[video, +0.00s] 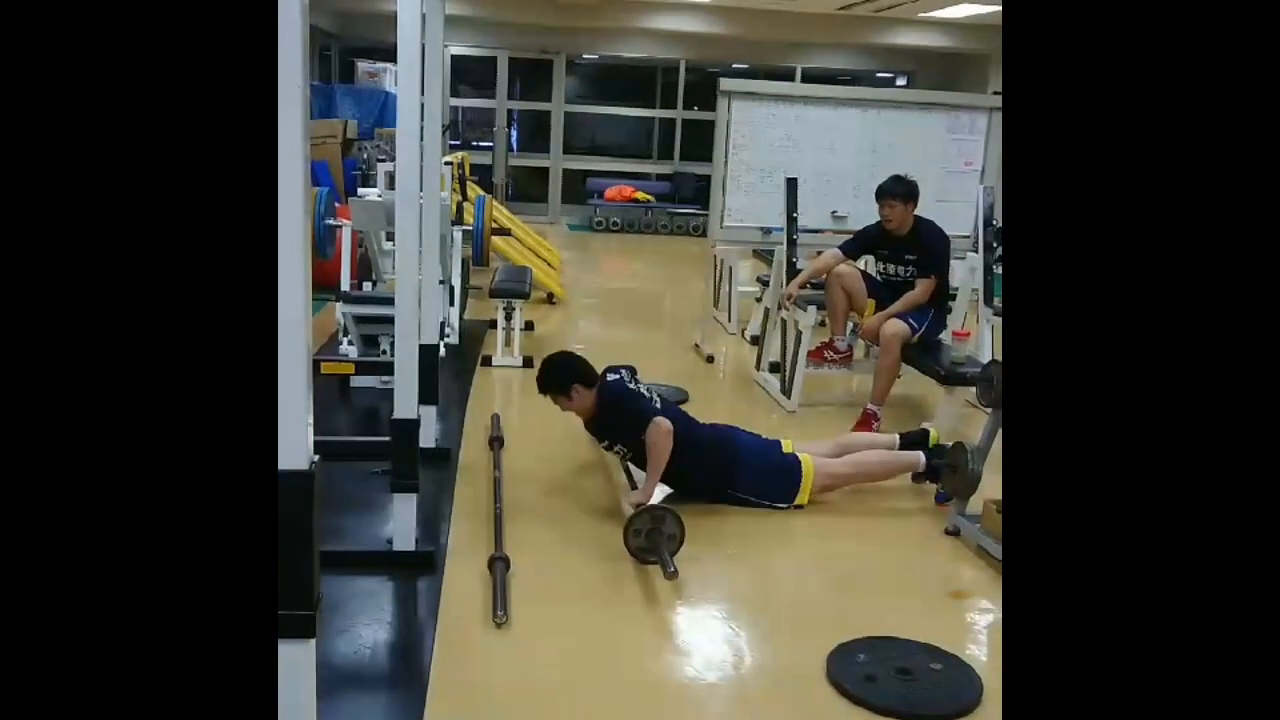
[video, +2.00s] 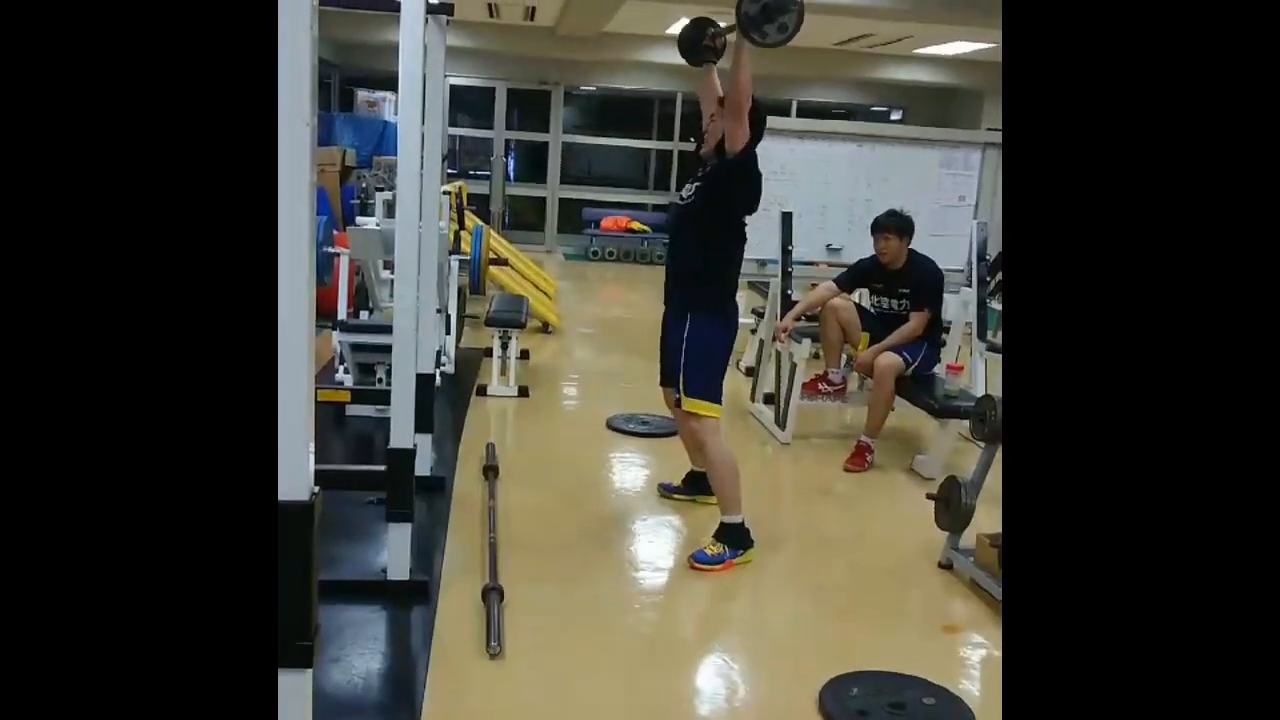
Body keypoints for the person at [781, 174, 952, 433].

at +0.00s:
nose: (884, 213)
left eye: (891, 207)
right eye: (881, 206)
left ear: (911, 208)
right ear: (877, 205)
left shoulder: (932, 238)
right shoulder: (875, 233)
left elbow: (922, 293)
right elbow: (833, 258)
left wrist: (880, 318)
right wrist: (796, 282)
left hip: (925, 308)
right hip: (888, 297)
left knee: (891, 331)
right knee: (839, 273)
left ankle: (872, 412)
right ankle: (839, 347)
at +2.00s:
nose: (881, 245)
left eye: (888, 239)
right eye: (877, 238)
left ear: (906, 241)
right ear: (873, 239)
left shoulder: (927, 272)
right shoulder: (869, 267)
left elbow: (916, 327)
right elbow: (828, 290)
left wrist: (873, 352)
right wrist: (791, 316)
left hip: (919, 342)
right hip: (880, 332)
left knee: (885, 364)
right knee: (834, 306)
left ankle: (866, 445)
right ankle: (834, 380)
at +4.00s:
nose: (877, 254)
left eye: (884, 248)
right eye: (874, 247)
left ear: (904, 246)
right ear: (870, 246)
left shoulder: (926, 276)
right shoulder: (869, 270)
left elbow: (916, 331)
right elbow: (829, 295)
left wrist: (873, 357)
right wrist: (791, 321)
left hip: (918, 345)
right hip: (881, 335)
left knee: (886, 368)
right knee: (834, 311)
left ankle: (867, 449)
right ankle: (834, 386)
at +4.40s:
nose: (875, 256)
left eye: (882, 250)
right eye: (873, 249)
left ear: (901, 249)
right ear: (869, 249)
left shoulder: (924, 278)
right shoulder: (867, 273)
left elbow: (916, 332)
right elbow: (827, 298)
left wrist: (873, 358)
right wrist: (791, 323)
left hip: (918, 348)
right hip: (881, 337)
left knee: (884, 370)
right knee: (833, 313)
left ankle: (866, 451)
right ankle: (833, 388)